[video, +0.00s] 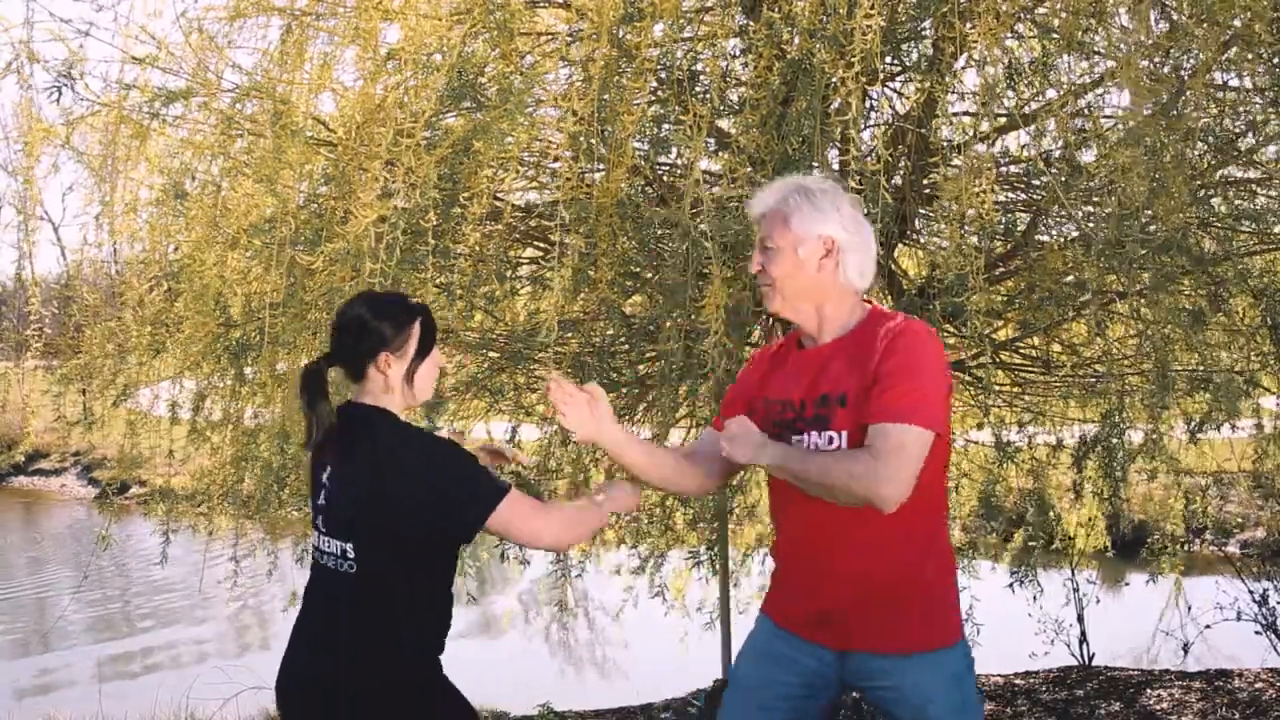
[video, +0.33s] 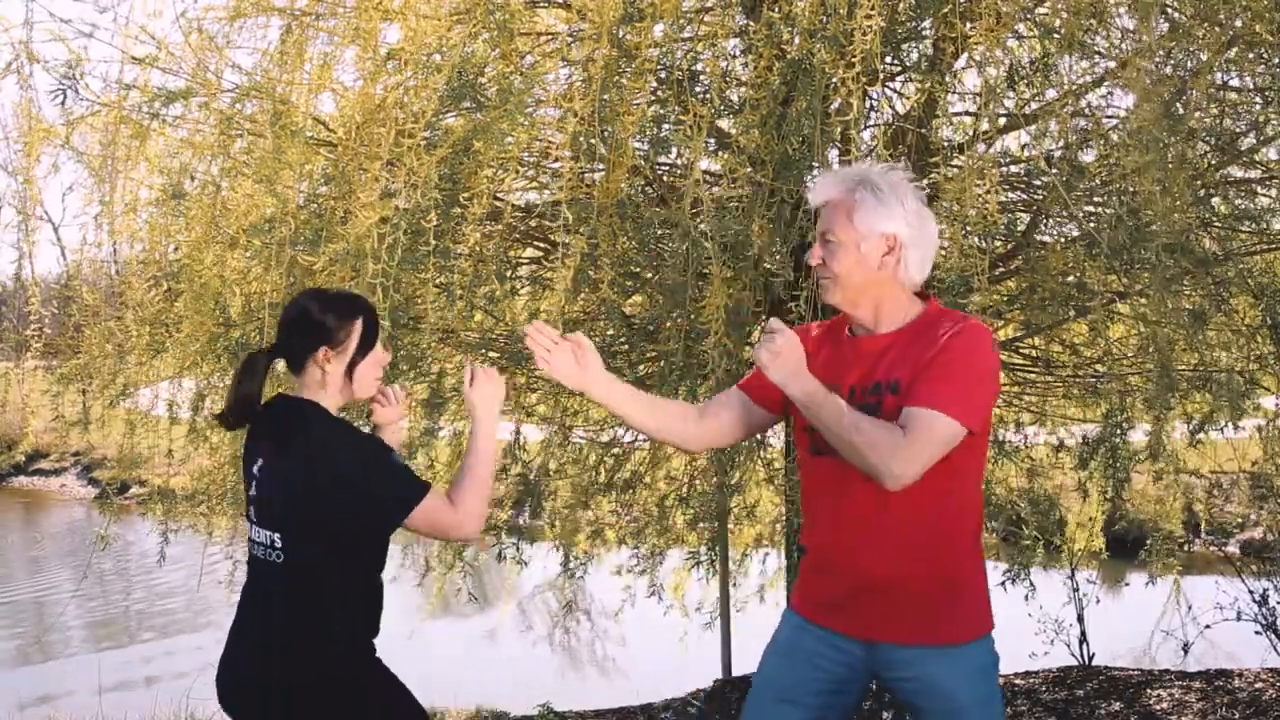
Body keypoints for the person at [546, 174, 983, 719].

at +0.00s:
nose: (753, 265)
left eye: (768, 249)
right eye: (757, 249)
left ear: (826, 254)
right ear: (819, 256)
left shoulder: (906, 345)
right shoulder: (769, 367)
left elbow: (886, 482)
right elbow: (698, 472)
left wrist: (767, 451)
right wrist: (611, 435)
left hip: (912, 644)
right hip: (791, 634)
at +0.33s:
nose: (813, 258)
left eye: (828, 242)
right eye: (815, 242)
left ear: (887, 249)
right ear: (876, 248)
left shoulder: (963, 344)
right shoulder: (811, 349)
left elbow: (900, 462)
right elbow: (702, 426)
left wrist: (800, 382)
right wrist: (597, 382)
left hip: (940, 638)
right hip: (819, 626)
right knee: (763, 714)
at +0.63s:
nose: (769, 273)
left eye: (782, 256)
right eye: (769, 257)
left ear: (841, 257)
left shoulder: (924, 345)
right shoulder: (770, 360)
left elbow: (862, 473)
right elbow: (672, 437)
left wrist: (751, 440)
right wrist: (569, 386)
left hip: (913, 641)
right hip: (788, 630)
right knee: (733, 709)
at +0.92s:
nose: (761, 282)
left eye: (772, 264)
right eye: (759, 266)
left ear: (831, 261)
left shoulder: (919, 344)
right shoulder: (765, 362)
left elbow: (860, 473)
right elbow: (665, 436)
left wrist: (746, 437)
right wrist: (561, 384)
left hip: (916, 640)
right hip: (791, 630)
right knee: (735, 710)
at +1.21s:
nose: (771, 293)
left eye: (782, 275)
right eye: (770, 275)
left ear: (840, 268)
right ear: (832, 271)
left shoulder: (935, 345)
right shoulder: (790, 358)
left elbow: (867, 463)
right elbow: (704, 465)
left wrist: (781, 380)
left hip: (929, 640)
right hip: (805, 630)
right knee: (748, 709)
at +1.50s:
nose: (800, 287)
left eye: (814, 271)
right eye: (799, 270)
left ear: (872, 269)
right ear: (866, 270)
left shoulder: (960, 350)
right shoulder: (803, 362)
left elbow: (923, 479)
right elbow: (704, 472)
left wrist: (823, 389)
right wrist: (659, 547)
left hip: (942, 643)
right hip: (816, 632)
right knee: (760, 709)